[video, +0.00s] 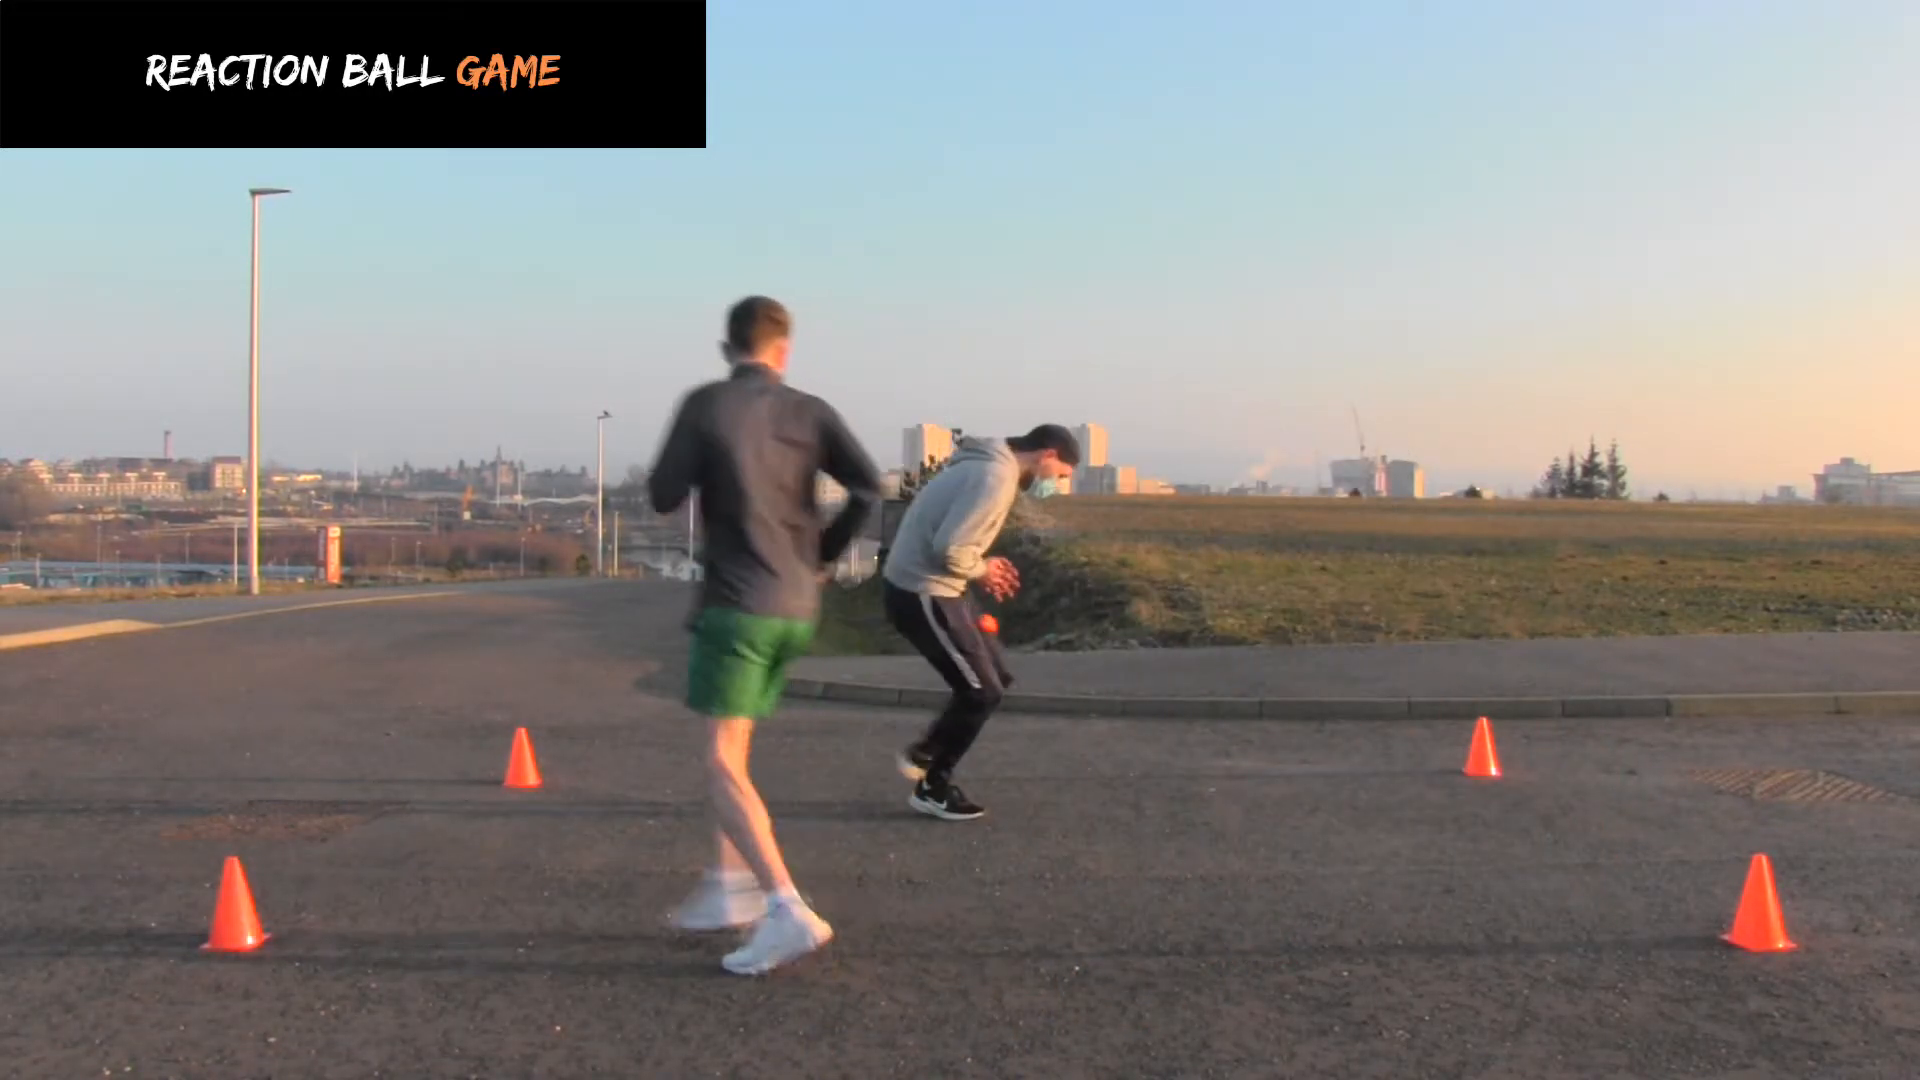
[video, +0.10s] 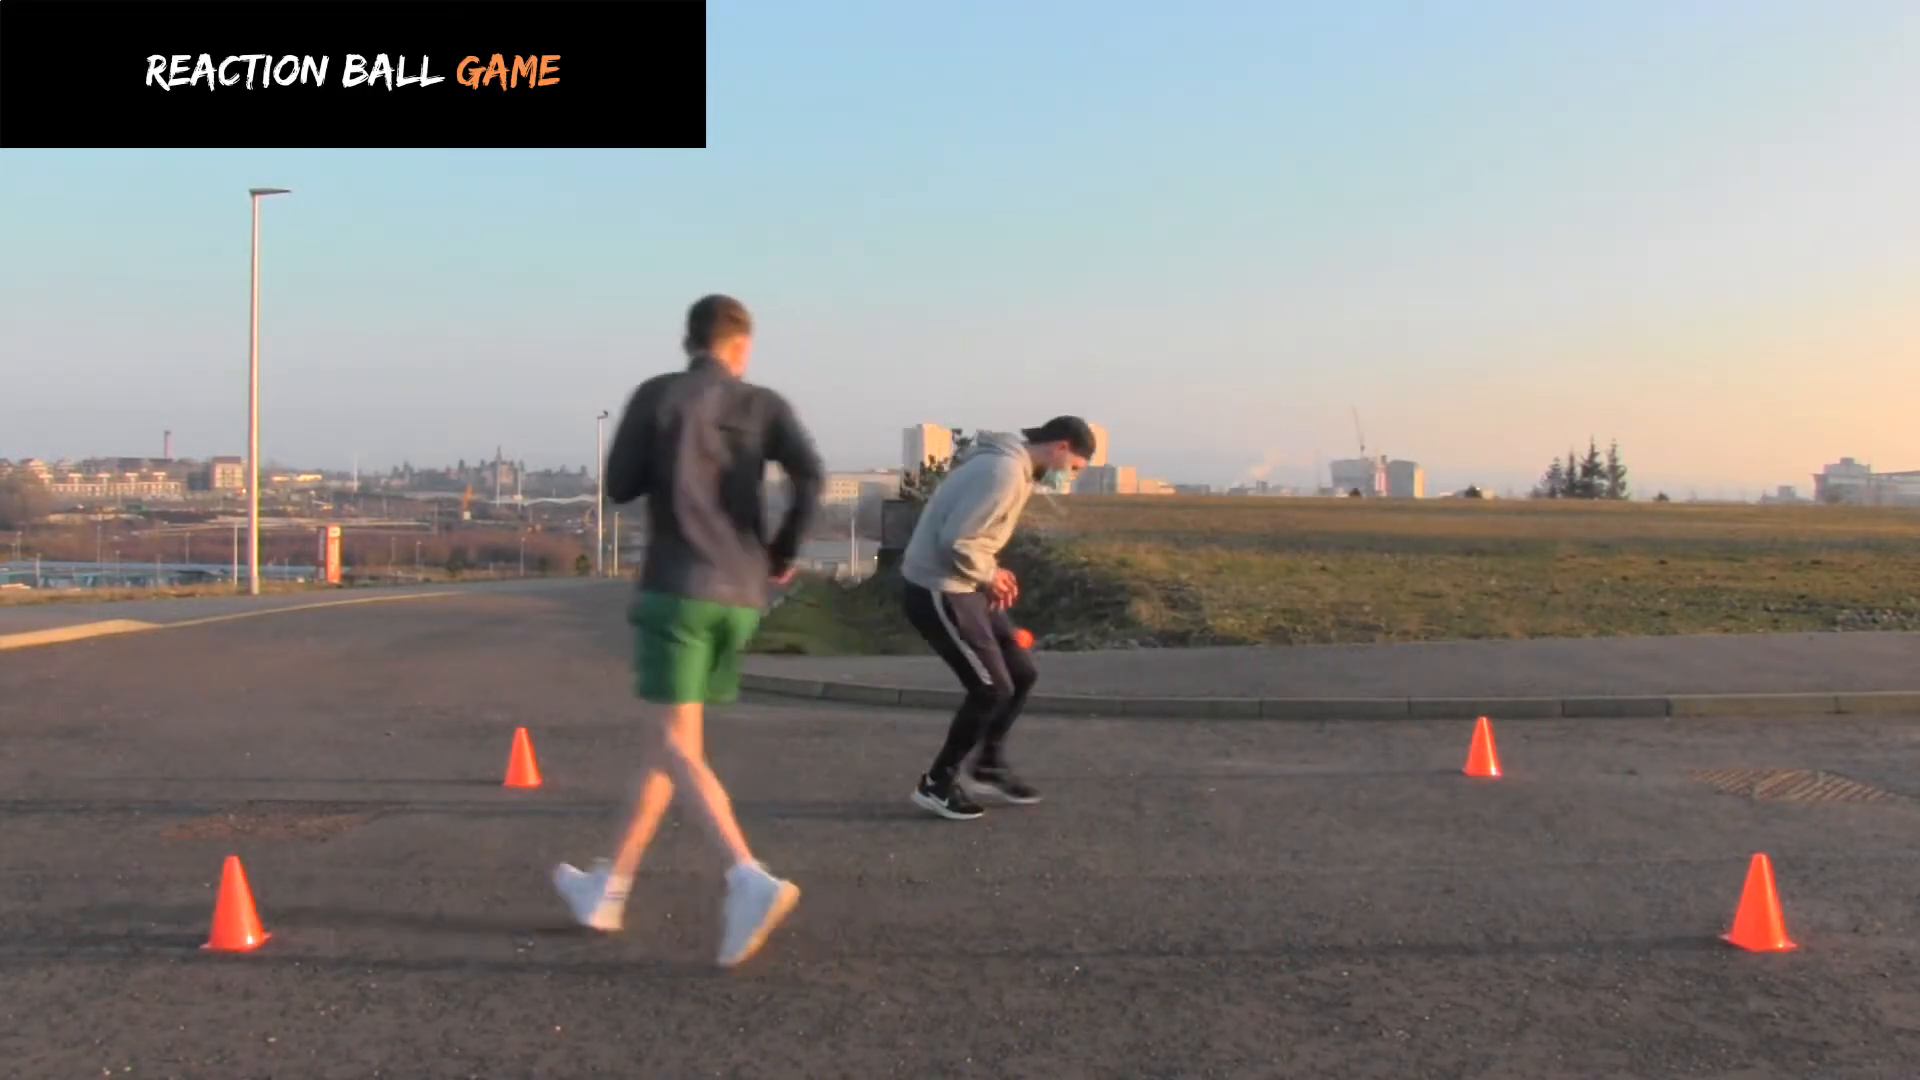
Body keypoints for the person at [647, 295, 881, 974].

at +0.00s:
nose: (780, 355)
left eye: (761, 343)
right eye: (783, 345)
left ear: (729, 343)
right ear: (784, 347)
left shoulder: (705, 406)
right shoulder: (812, 412)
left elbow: (664, 495)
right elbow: (870, 489)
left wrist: (703, 446)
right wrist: (823, 550)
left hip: (738, 604)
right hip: (797, 608)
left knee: (723, 762)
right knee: (731, 752)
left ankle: (789, 909)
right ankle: (729, 889)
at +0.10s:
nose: (748, 352)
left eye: (743, 340)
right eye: (748, 342)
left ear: (689, 338)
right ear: (740, 343)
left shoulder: (657, 396)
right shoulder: (763, 404)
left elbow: (620, 486)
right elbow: (810, 477)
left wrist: (673, 453)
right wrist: (784, 552)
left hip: (677, 591)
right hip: (744, 595)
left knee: (681, 748)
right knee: (673, 745)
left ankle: (749, 878)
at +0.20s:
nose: (692, 389)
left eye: (690, 380)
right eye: (692, 380)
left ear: (635, 373)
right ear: (681, 379)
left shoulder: (593, 428)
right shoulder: (702, 444)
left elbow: (550, 510)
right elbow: (729, 528)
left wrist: (605, 499)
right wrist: (728, 597)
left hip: (596, 620)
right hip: (661, 628)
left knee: (576, 761)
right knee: (588, 758)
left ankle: (655, 841)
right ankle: (545, 886)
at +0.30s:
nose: (663, 402)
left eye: (662, 392)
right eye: (662, 393)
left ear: (607, 386)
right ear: (648, 391)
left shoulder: (561, 438)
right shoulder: (662, 457)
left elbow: (518, 521)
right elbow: (683, 550)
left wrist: (568, 527)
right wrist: (686, 616)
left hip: (559, 627)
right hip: (628, 634)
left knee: (533, 752)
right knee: (573, 754)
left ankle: (575, 830)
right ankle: (544, 884)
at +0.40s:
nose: (634, 380)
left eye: (635, 371)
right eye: (632, 370)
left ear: (579, 361)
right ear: (611, 366)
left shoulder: (527, 412)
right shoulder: (626, 433)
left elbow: (480, 487)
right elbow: (631, 523)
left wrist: (528, 495)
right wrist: (618, 576)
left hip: (515, 599)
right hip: (585, 605)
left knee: (499, 724)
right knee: (558, 737)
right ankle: (543, 871)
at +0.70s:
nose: (571, 406)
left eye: (572, 395)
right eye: (568, 394)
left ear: (522, 386)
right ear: (543, 388)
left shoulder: (469, 435)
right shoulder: (547, 447)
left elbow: (426, 503)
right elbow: (538, 527)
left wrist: (482, 526)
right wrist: (571, 592)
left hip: (457, 607)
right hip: (519, 610)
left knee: (459, 719)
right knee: (546, 705)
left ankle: (430, 848)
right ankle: (507, 816)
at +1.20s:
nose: (609, 406)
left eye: (612, 397)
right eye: (606, 395)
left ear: (567, 386)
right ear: (582, 386)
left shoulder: (516, 427)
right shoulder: (576, 439)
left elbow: (476, 488)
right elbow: (569, 519)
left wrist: (532, 506)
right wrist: (613, 557)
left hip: (509, 582)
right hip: (550, 587)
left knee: (537, 686)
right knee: (555, 690)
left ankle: (481, 784)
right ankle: (497, 806)